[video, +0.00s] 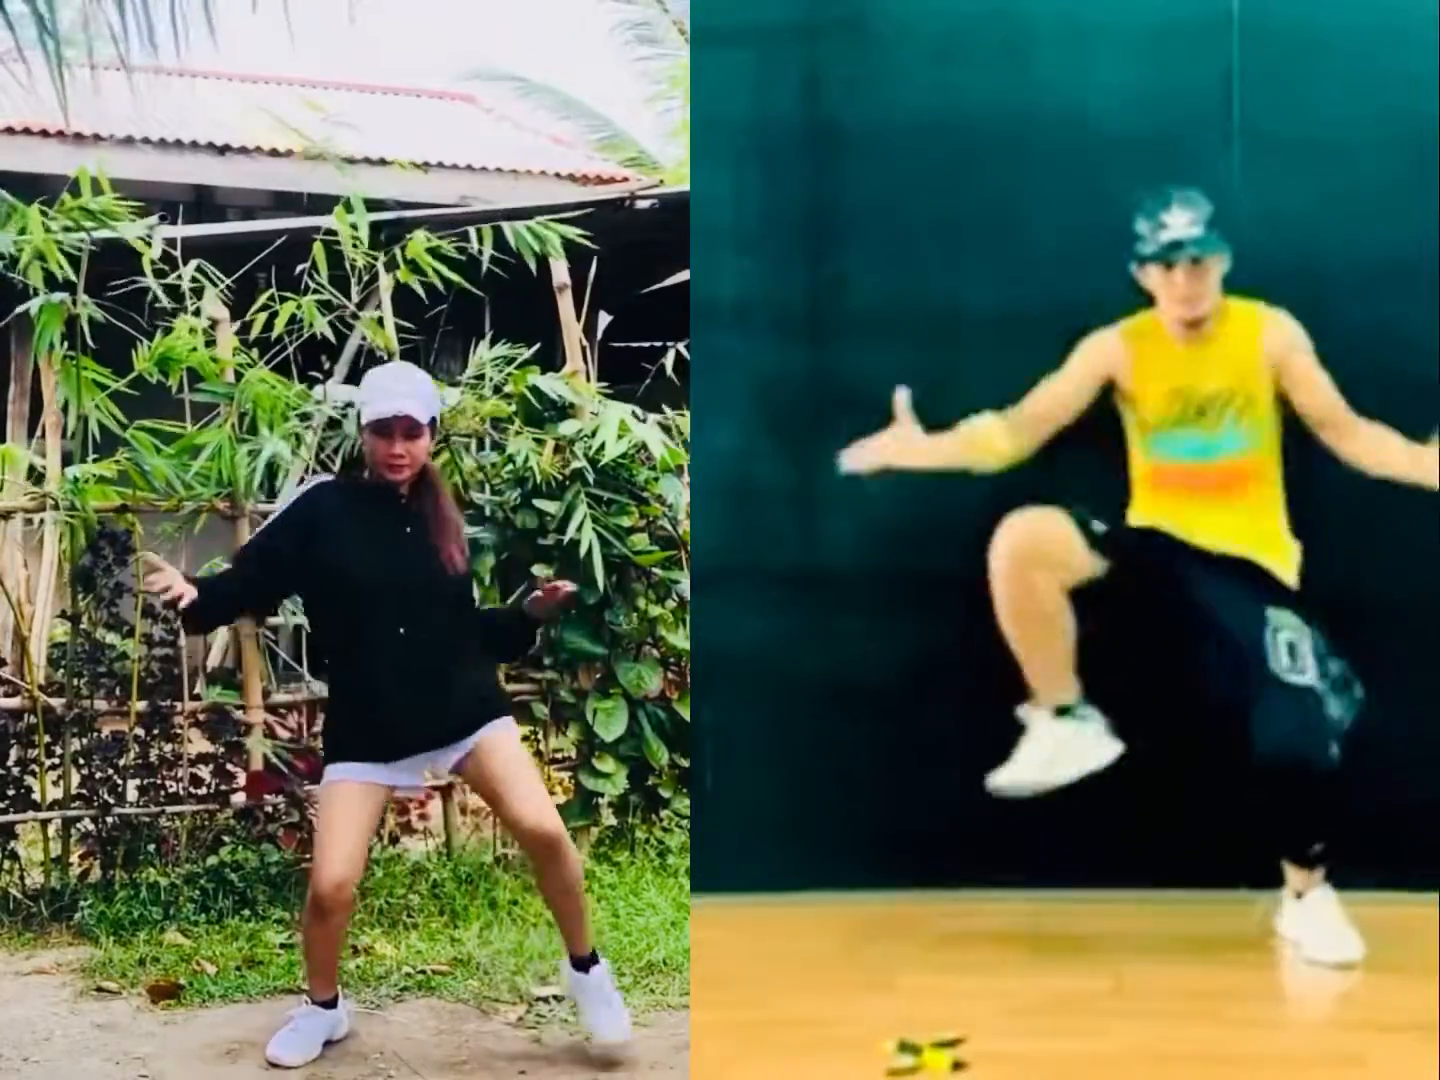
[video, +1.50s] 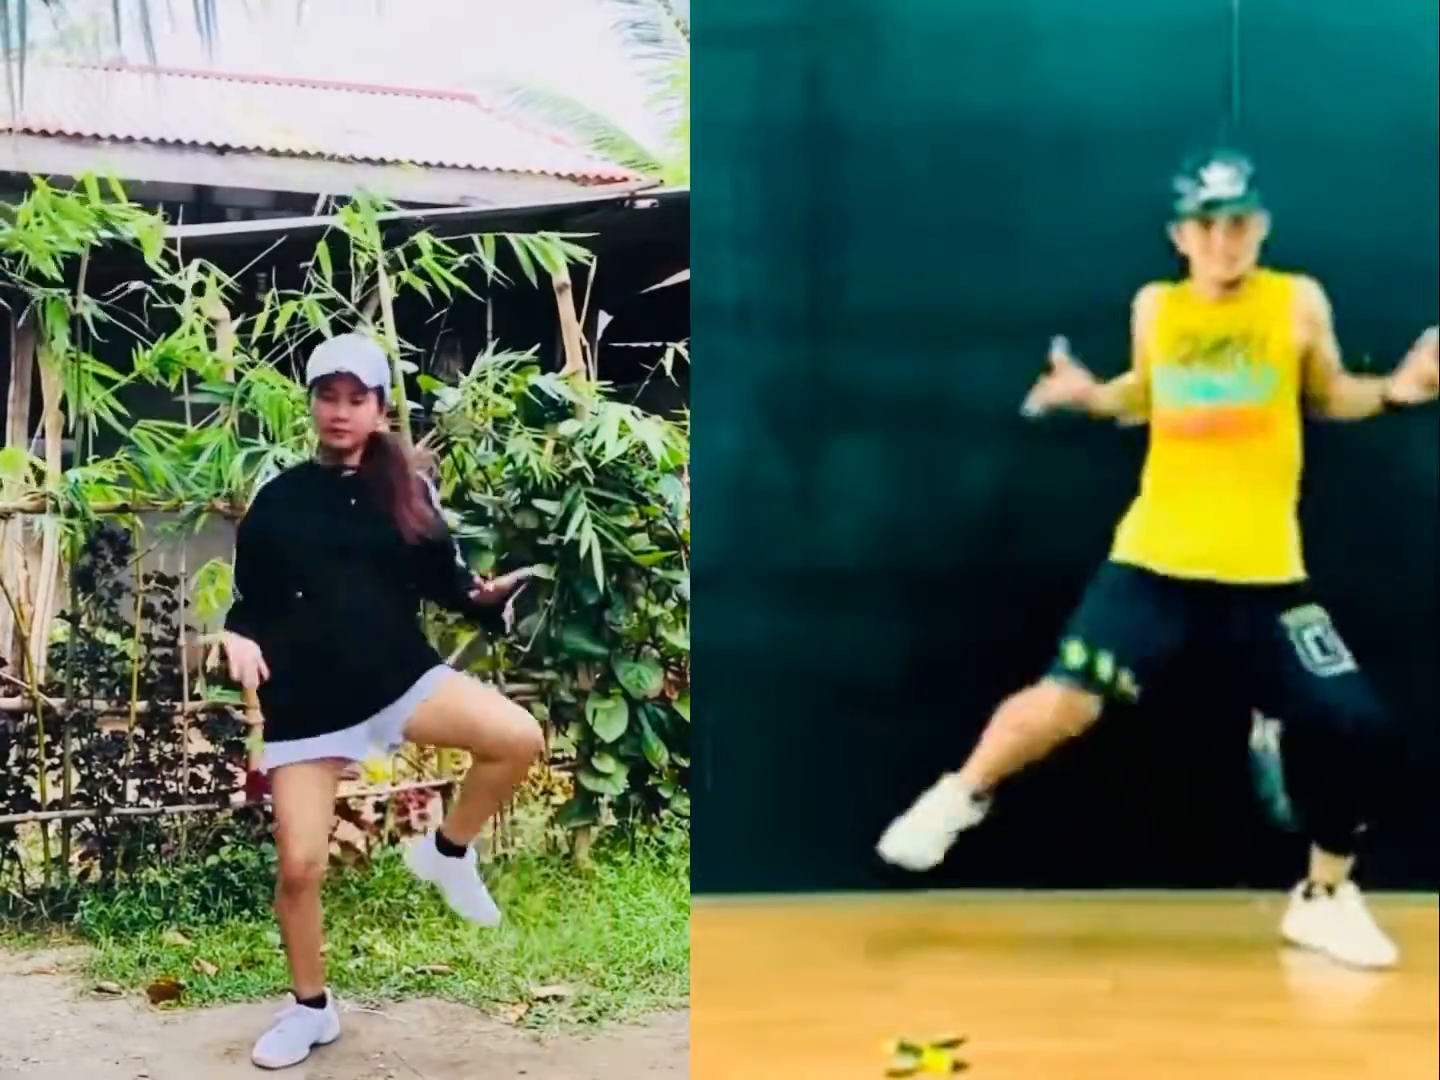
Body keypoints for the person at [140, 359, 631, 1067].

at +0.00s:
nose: (398, 448)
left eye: (411, 434)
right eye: (384, 433)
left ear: (432, 438)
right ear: (363, 436)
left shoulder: (440, 517)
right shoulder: (324, 510)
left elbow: (460, 630)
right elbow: (252, 579)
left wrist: (528, 613)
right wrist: (195, 598)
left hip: (466, 710)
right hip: (365, 729)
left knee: (543, 829)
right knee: (329, 888)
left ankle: (587, 969)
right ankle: (322, 1007)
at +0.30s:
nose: (468, 468)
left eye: (481, 451)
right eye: (455, 455)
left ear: (514, 448)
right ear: (444, 462)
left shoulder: (562, 534)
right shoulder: (437, 545)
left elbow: (591, 627)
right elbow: (396, 656)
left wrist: (628, 654)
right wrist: (362, 629)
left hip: (555, 747)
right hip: (449, 740)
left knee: (590, 902)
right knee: (363, 869)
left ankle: (594, 1015)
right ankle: (324, 1001)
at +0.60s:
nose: (494, 446)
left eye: (507, 430)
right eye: (485, 433)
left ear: (548, 427)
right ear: (481, 437)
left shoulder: (605, 497)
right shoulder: (496, 517)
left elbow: (681, 565)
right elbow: (474, 625)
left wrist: (657, 600)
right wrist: (413, 632)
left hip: (573, 717)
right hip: (480, 693)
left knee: (583, 883)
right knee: (385, 769)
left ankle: (591, 1012)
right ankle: (459, 865)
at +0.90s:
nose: (461, 448)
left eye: (474, 433)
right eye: (454, 435)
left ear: (517, 430)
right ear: (457, 437)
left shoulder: (578, 510)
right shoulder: (459, 521)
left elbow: (643, 596)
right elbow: (407, 637)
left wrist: (610, 536)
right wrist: (314, 657)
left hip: (561, 727)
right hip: (458, 710)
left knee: (580, 886)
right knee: (345, 806)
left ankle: (592, 1011)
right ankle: (344, 950)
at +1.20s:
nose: (376, 473)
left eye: (394, 459)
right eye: (368, 458)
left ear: (429, 468)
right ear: (355, 462)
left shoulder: (456, 550)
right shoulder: (329, 545)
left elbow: (487, 655)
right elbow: (247, 620)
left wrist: (520, 683)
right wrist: (221, 592)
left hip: (469, 754)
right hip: (367, 759)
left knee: (516, 894)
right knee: (300, 891)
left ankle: (584, 1010)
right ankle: (313, 1013)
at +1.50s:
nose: (340, 409)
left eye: (356, 396)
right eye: (327, 395)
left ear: (381, 408)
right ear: (310, 404)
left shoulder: (403, 486)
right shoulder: (275, 500)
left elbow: (441, 576)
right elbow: (250, 600)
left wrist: (481, 593)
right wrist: (237, 633)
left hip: (397, 680)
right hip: (303, 706)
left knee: (516, 738)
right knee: (297, 867)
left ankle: (445, 851)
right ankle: (310, 1008)